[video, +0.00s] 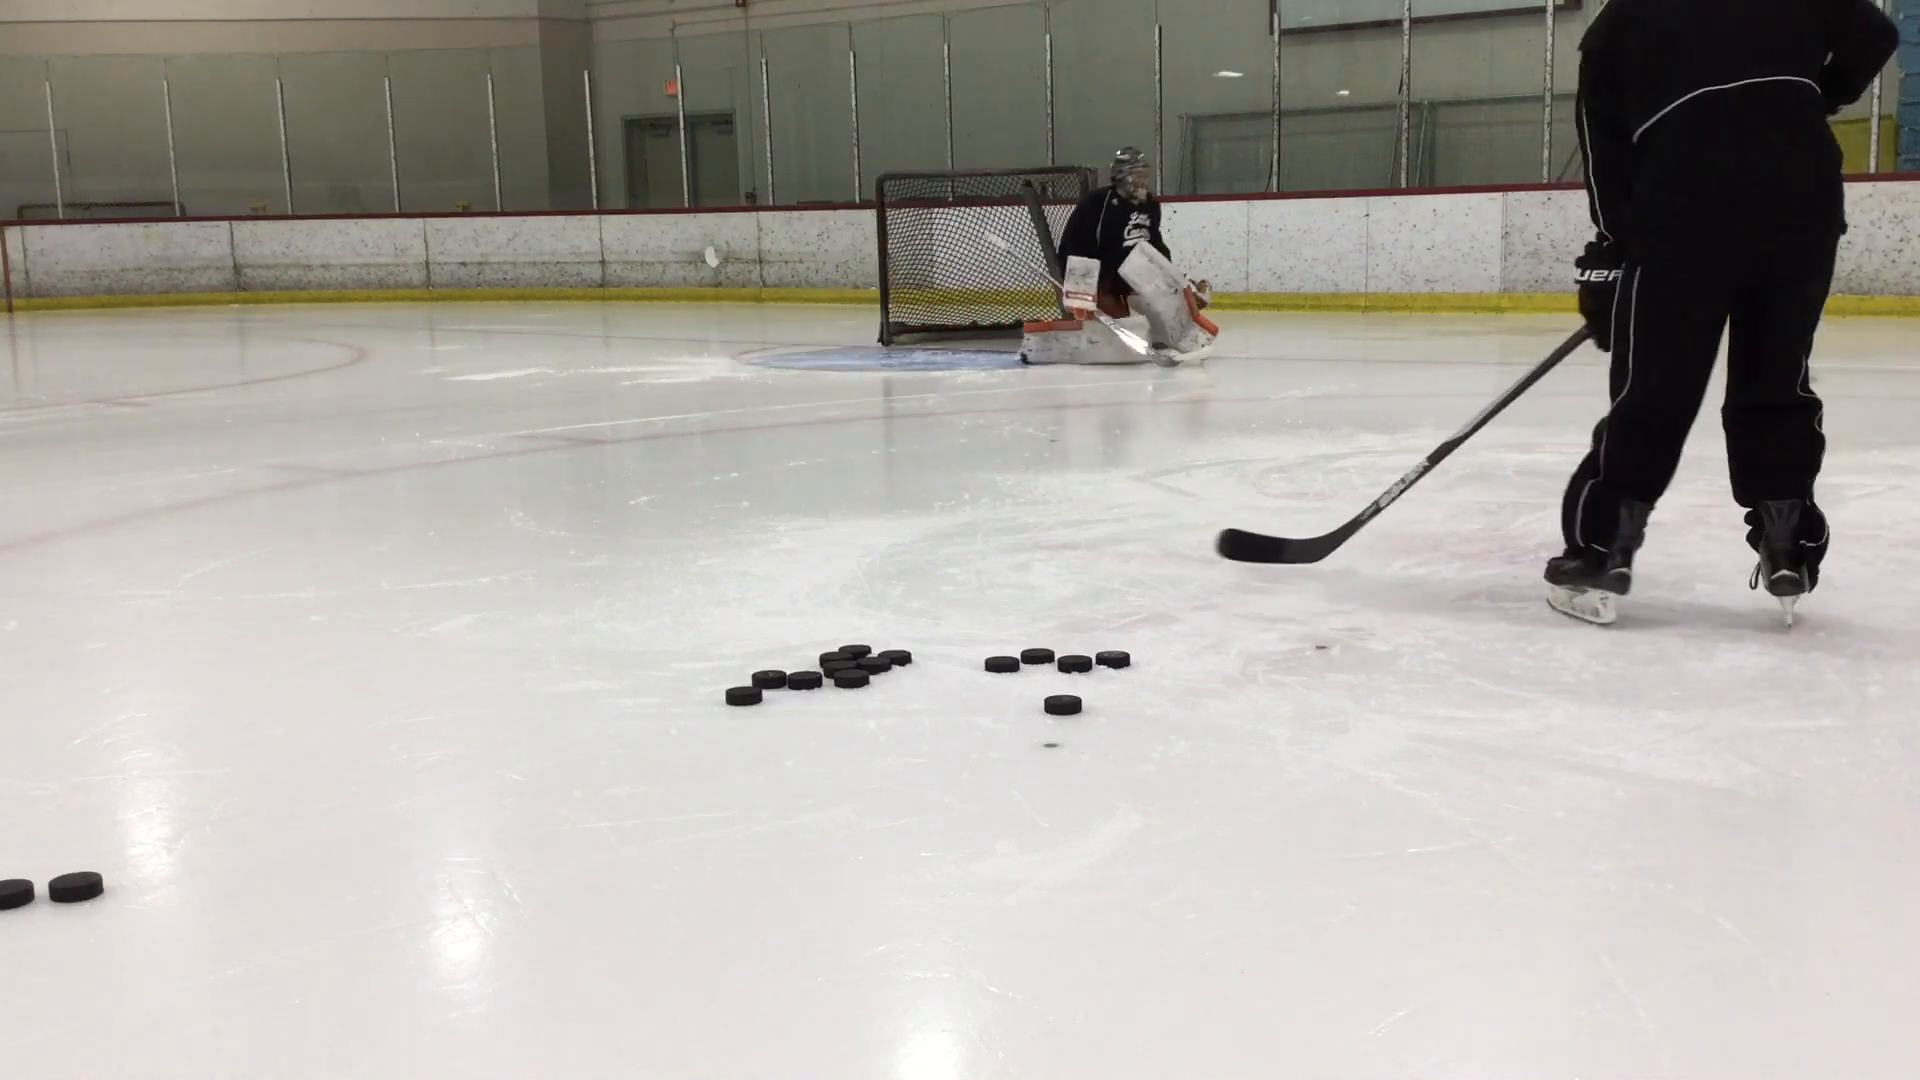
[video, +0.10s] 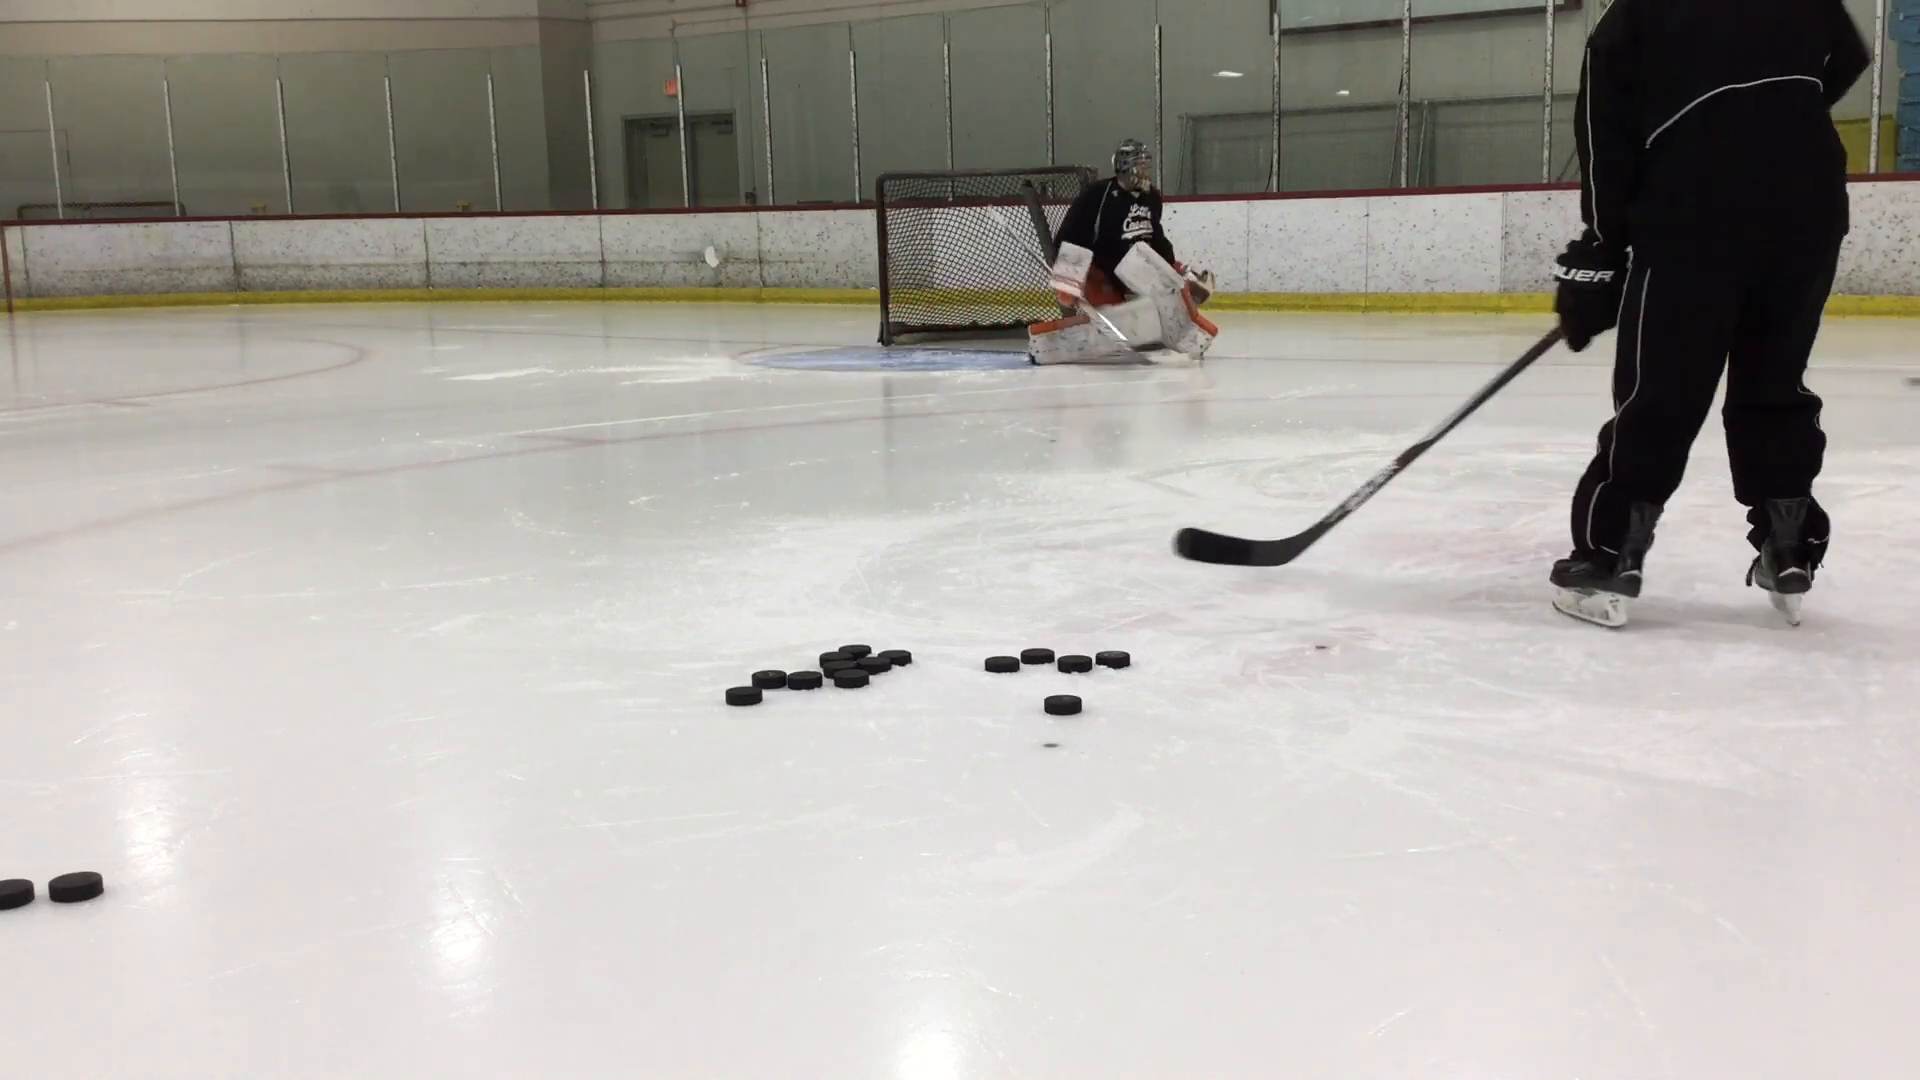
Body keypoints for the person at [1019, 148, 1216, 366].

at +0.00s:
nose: (1143, 183)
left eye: (1145, 177)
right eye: (1137, 177)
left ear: (1147, 177)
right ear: (1121, 178)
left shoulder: (1150, 205)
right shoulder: (1094, 203)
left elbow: (1153, 242)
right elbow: (1071, 248)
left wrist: (1167, 273)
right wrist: (1080, 292)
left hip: (1133, 273)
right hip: (1096, 275)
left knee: (1165, 291)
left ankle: (1161, 343)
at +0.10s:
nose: (1144, 171)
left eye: (1146, 166)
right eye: (1138, 167)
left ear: (1148, 167)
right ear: (1123, 169)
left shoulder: (1152, 198)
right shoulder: (1096, 195)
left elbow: (1154, 235)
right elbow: (1071, 240)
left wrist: (1171, 268)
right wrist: (1067, 285)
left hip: (1140, 275)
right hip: (1099, 279)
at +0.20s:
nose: (1136, 157)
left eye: (1137, 151)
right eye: (1131, 152)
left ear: (1138, 154)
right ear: (1116, 154)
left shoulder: (1144, 184)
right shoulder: (1089, 181)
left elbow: (1147, 223)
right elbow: (1060, 221)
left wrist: (1164, 252)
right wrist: (1053, 262)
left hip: (1134, 262)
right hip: (1092, 264)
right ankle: (1039, 351)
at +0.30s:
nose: (1120, 145)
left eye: (1122, 140)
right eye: (1115, 139)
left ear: (1124, 143)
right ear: (1102, 141)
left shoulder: (1128, 173)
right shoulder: (1075, 167)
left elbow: (1128, 216)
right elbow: (1048, 208)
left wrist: (1144, 240)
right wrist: (1038, 252)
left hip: (1113, 251)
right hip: (1078, 248)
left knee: (1145, 293)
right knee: (1063, 301)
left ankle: (1185, 341)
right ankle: (1027, 351)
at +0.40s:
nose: (1107, 138)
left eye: (1107, 132)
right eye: (1102, 132)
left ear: (1106, 135)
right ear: (1089, 134)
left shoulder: (1112, 167)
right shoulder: (1059, 159)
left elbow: (1106, 206)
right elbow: (1026, 199)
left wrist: (1119, 232)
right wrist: (1029, 241)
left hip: (1097, 242)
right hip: (1062, 241)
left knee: (1127, 284)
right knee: (1054, 294)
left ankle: (1156, 337)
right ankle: (1009, 339)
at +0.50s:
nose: (1096, 136)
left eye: (1096, 130)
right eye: (1090, 129)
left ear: (1094, 132)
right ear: (1075, 131)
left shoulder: (1098, 165)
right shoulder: (1048, 155)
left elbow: (1090, 206)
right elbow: (1015, 196)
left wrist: (1102, 231)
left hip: (1082, 235)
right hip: (1048, 232)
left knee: (1117, 257)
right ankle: (997, 334)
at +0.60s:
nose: (1086, 134)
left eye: (1086, 128)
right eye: (1080, 128)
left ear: (1085, 130)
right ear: (1066, 131)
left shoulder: (1087, 166)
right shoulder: (1039, 156)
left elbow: (1086, 209)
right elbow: (1006, 196)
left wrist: (1092, 237)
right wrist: (1014, 233)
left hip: (1074, 238)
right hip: (1037, 234)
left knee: (1096, 276)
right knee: (1025, 291)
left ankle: (1081, 336)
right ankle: (981, 340)